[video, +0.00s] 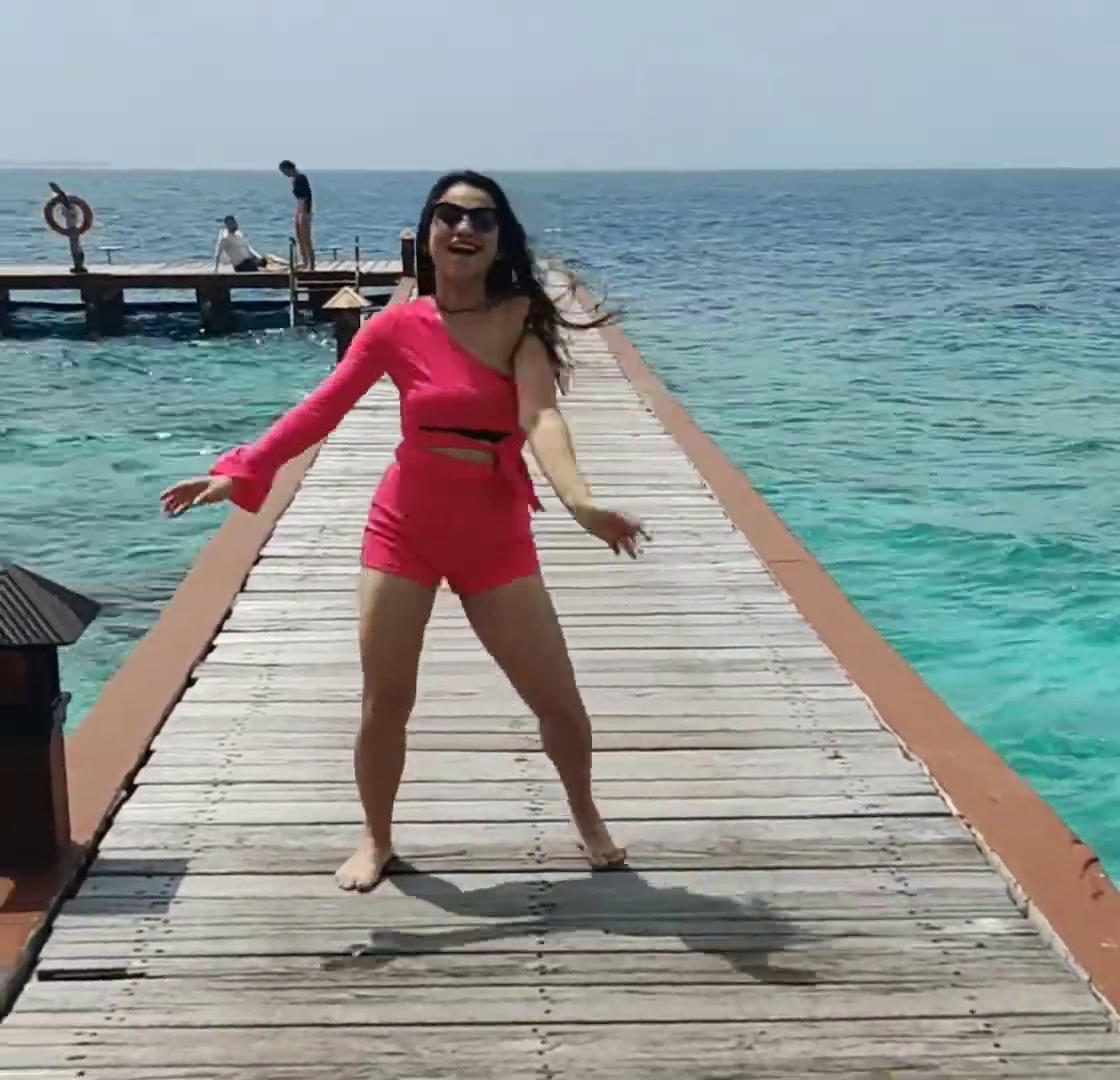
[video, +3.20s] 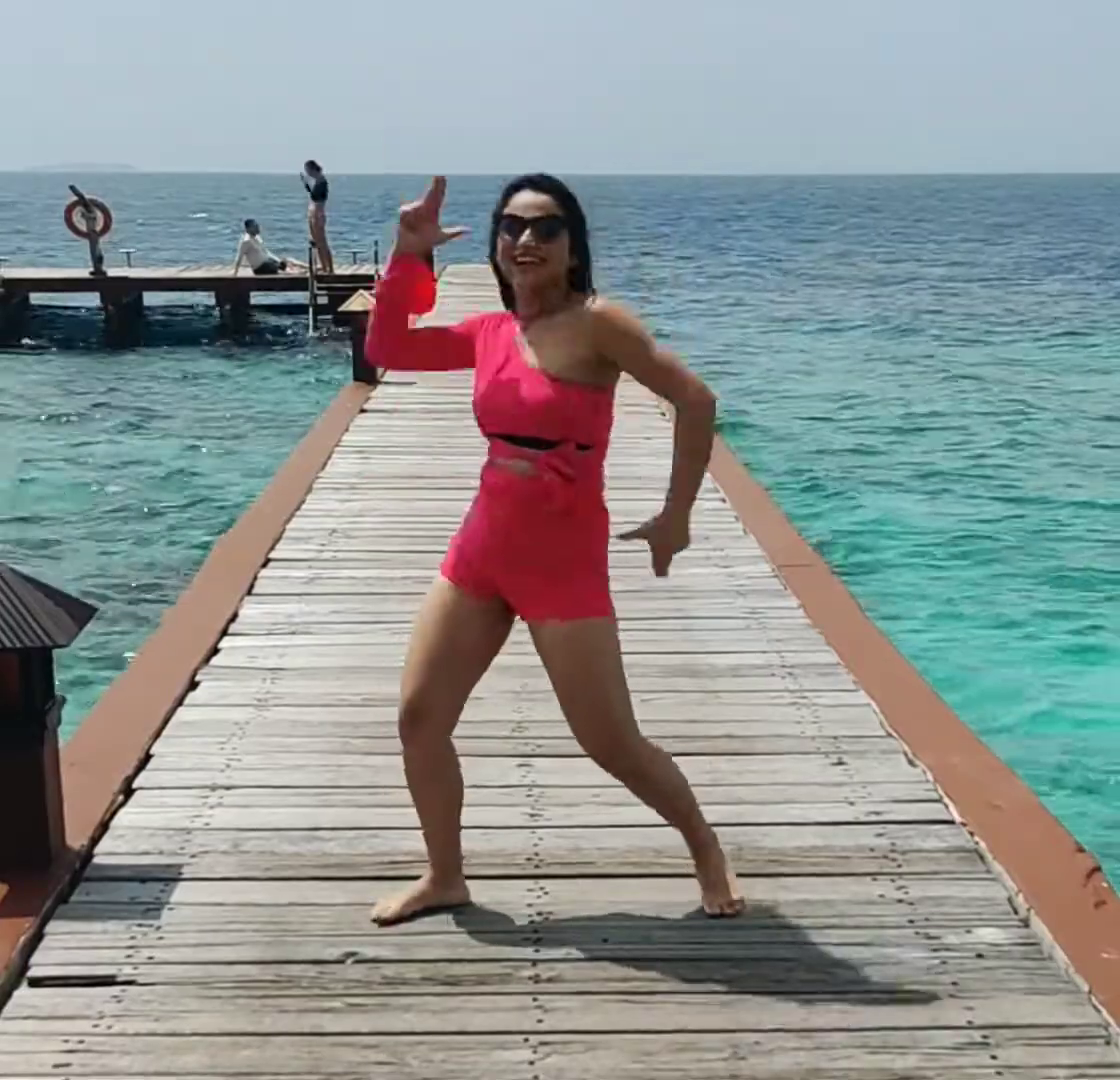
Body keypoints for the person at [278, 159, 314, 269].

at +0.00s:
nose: (285, 174)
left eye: (285, 172)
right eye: (283, 172)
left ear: (290, 169)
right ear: (287, 171)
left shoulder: (300, 179)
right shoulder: (295, 179)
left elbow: (305, 197)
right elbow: (299, 198)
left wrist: (305, 213)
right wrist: (297, 213)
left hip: (305, 210)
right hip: (299, 209)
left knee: (305, 237)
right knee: (300, 236)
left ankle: (311, 265)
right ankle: (304, 262)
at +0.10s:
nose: (300, 174)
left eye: (300, 171)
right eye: (298, 172)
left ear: (304, 168)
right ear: (301, 170)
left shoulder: (315, 178)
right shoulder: (309, 179)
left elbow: (319, 197)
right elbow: (312, 198)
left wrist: (320, 211)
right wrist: (311, 213)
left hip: (318, 210)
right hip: (313, 210)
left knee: (320, 237)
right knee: (314, 236)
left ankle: (324, 264)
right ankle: (318, 262)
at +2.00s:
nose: (307, 173)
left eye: (308, 170)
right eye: (307, 170)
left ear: (311, 170)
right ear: (314, 168)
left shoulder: (318, 181)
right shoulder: (316, 181)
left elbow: (319, 199)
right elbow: (316, 198)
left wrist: (316, 214)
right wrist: (313, 212)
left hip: (317, 214)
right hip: (312, 213)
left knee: (320, 243)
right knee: (316, 243)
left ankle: (327, 268)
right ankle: (322, 266)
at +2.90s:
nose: (306, 175)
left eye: (306, 172)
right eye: (305, 172)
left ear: (311, 170)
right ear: (313, 169)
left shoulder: (320, 181)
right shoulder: (317, 181)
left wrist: (318, 211)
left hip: (317, 212)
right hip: (313, 211)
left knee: (321, 241)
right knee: (316, 241)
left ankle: (329, 268)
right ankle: (323, 267)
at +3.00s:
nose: (306, 174)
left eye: (307, 171)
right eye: (305, 171)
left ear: (311, 170)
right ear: (312, 169)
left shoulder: (321, 181)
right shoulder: (316, 181)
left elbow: (330, 195)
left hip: (318, 211)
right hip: (312, 211)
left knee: (321, 241)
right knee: (316, 241)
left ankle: (329, 268)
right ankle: (324, 267)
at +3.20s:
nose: (308, 173)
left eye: (308, 171)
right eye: (307, 171)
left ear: (314, 169)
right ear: (313, 169)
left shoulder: (321, 182)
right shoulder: (317, 182)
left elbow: (315, 197)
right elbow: (314, 196)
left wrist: (306, 184)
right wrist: (306, 183)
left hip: (318, 211)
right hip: (312, 211)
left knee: (321, 241)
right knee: (316, 241)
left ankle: (329, 268)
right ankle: (323, 267)